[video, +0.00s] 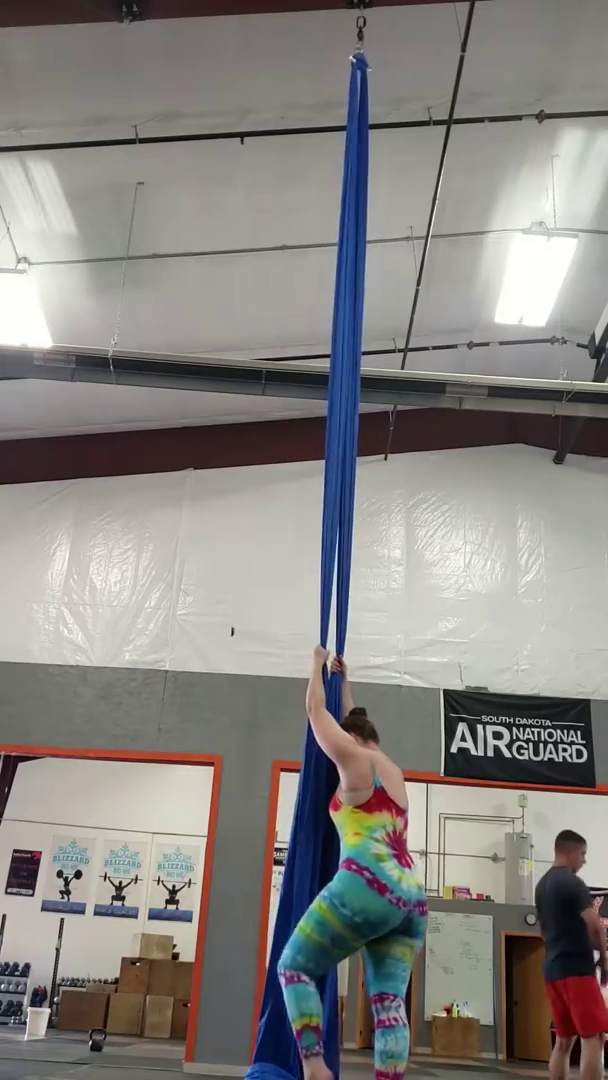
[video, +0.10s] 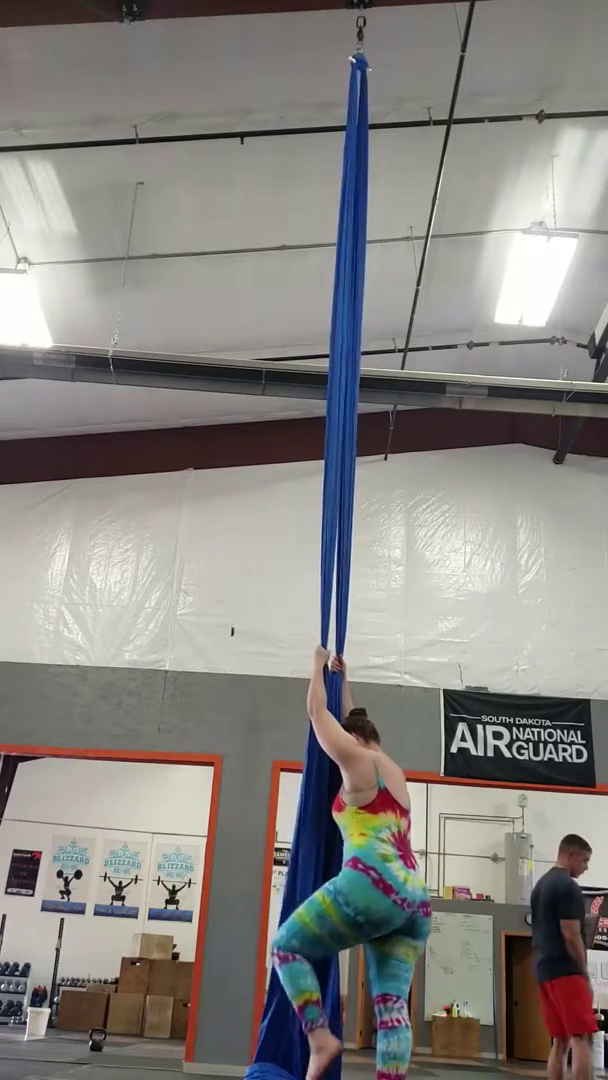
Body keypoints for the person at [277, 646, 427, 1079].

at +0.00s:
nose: (338, 743)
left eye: (341, 737)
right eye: (342, 738)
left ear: (349, 736)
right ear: (372, 736)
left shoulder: (353, 759)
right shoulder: (393, 772)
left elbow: (314, 710)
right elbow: (353, 726)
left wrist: (317, 667)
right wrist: (342, 680)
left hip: (365, 882)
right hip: (410, 894)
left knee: (295, 967)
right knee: (388, 1000)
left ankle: (314, 1068)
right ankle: (390, 1076)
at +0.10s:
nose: (340, 744)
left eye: (344, 740)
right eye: (342, 740)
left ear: (351, 737)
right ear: (373, 737)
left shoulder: (355, 758)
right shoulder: (394, 772)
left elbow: (316, 711)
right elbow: (353, 724)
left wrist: (318, 669)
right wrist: (342, 679)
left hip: (370, 882)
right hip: (414, 897)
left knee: (286, 947)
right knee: (392, 1005)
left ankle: (320, 1038)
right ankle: (391, 1076)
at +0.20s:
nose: (341, 744)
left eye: (345, 739)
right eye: (342, 740)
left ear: (356, 736)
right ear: (375, 736)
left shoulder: (359, 757)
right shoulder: (397, 772)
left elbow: (319, 711)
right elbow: (352, 725)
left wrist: (321, 666)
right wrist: (345, 679)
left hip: (373, 880)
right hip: (416, 898)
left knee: (283, 928)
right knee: (393, 1004)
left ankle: (327, 1007)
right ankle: (392, 1075)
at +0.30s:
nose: (346, 744)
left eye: (348, 738)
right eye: (347, 740)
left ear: (356, 733)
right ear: (380, 735)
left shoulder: (363, 755)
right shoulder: (400, 770)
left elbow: (323, 711)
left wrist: (327, 666)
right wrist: (347, 684)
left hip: (374, 881)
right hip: (416, 898)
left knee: (280, 914)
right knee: (391, 1005)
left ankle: (329, 993)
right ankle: (391, 1077)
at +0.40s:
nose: (348, 744)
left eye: (350, 738)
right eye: (349, 739)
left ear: (361, 734)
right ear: (384, 735)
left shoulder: (367, 756)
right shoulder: (402, 771)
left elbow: (327, 711)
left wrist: (333, 667)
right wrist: (351, 682)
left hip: (375, 882)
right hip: (416, 899)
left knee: (280, 907)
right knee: (389, 1003)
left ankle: (329, 980)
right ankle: (390, 1076)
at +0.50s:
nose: (353, 744)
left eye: (356, 737)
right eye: (355, 739)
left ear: (368, 735)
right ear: (388, 736)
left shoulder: (370, 757)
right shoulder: (405, 774)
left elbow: (329, 712)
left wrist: (337, 666)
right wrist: (355, 681)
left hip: (375, 883)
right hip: (417, 906)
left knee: (283, 903)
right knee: (385, 1002)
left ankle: (330, 974)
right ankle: (389, 1076)